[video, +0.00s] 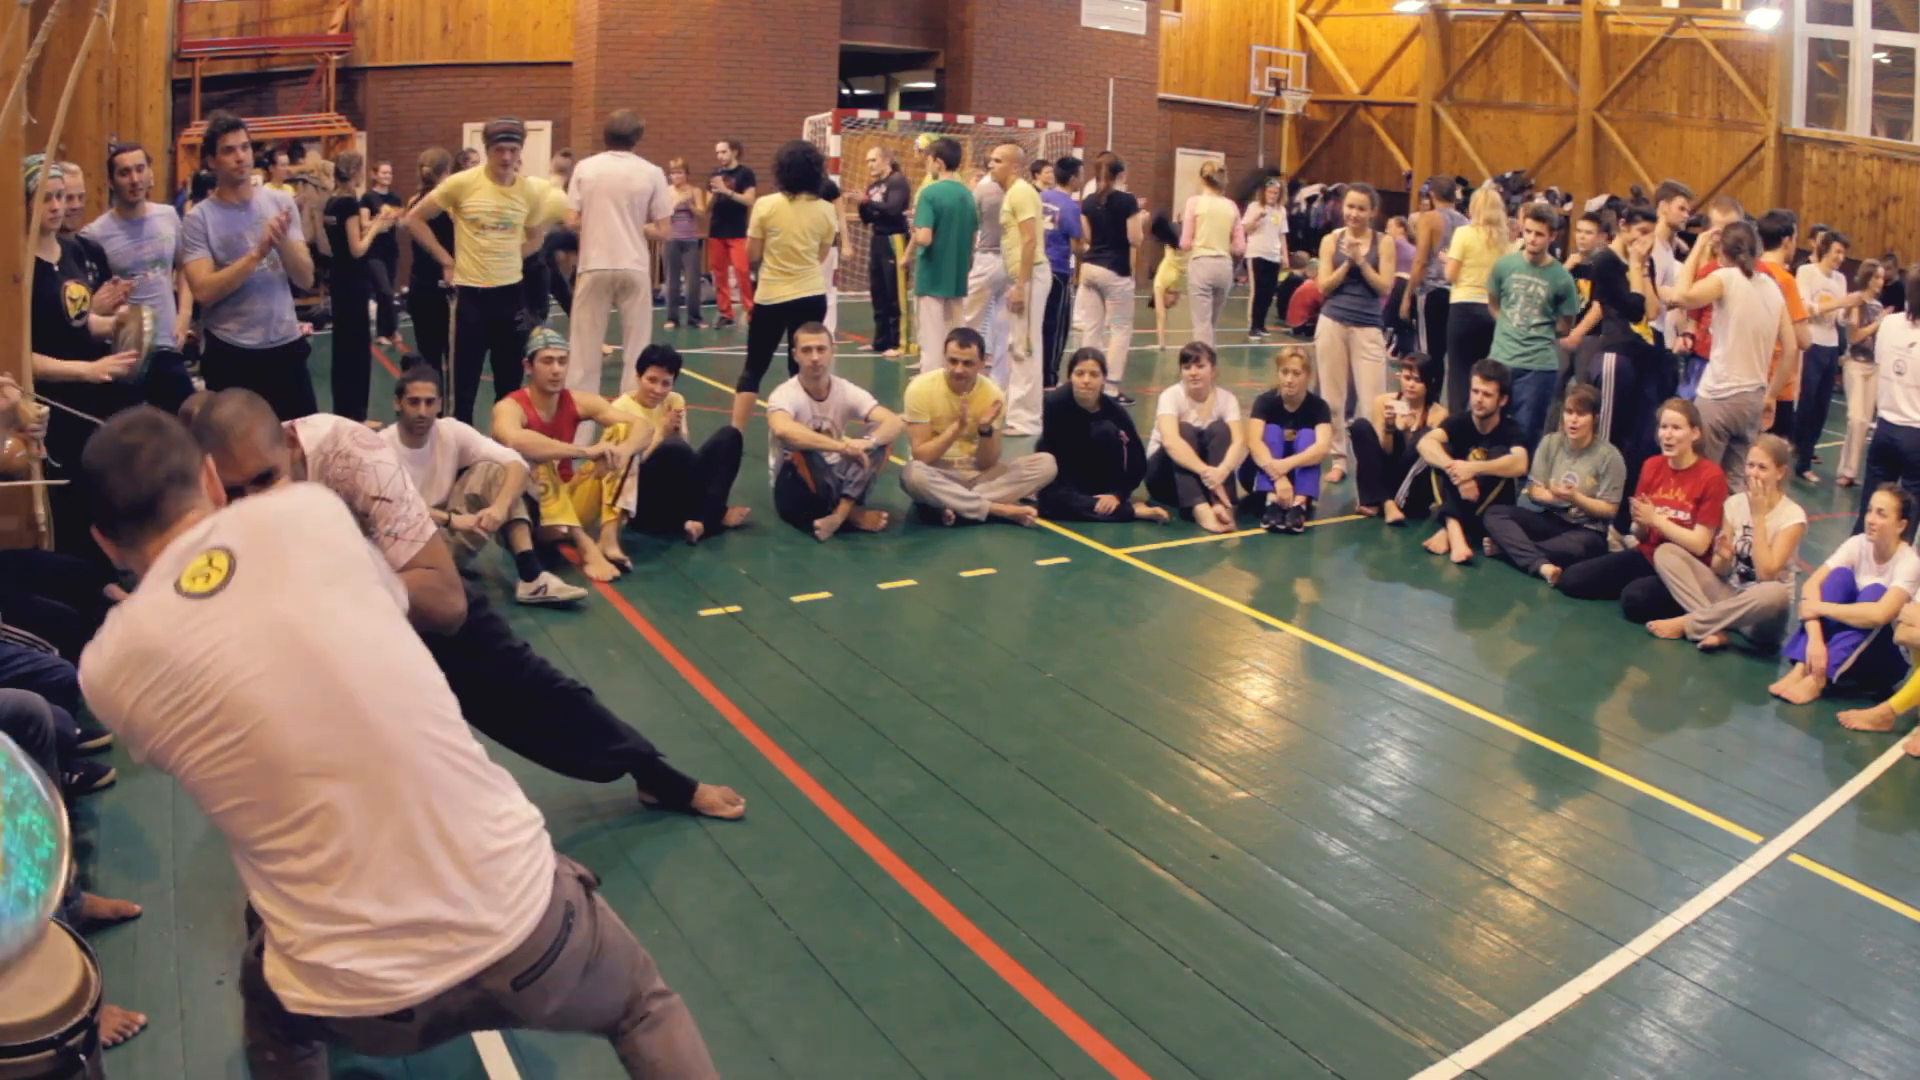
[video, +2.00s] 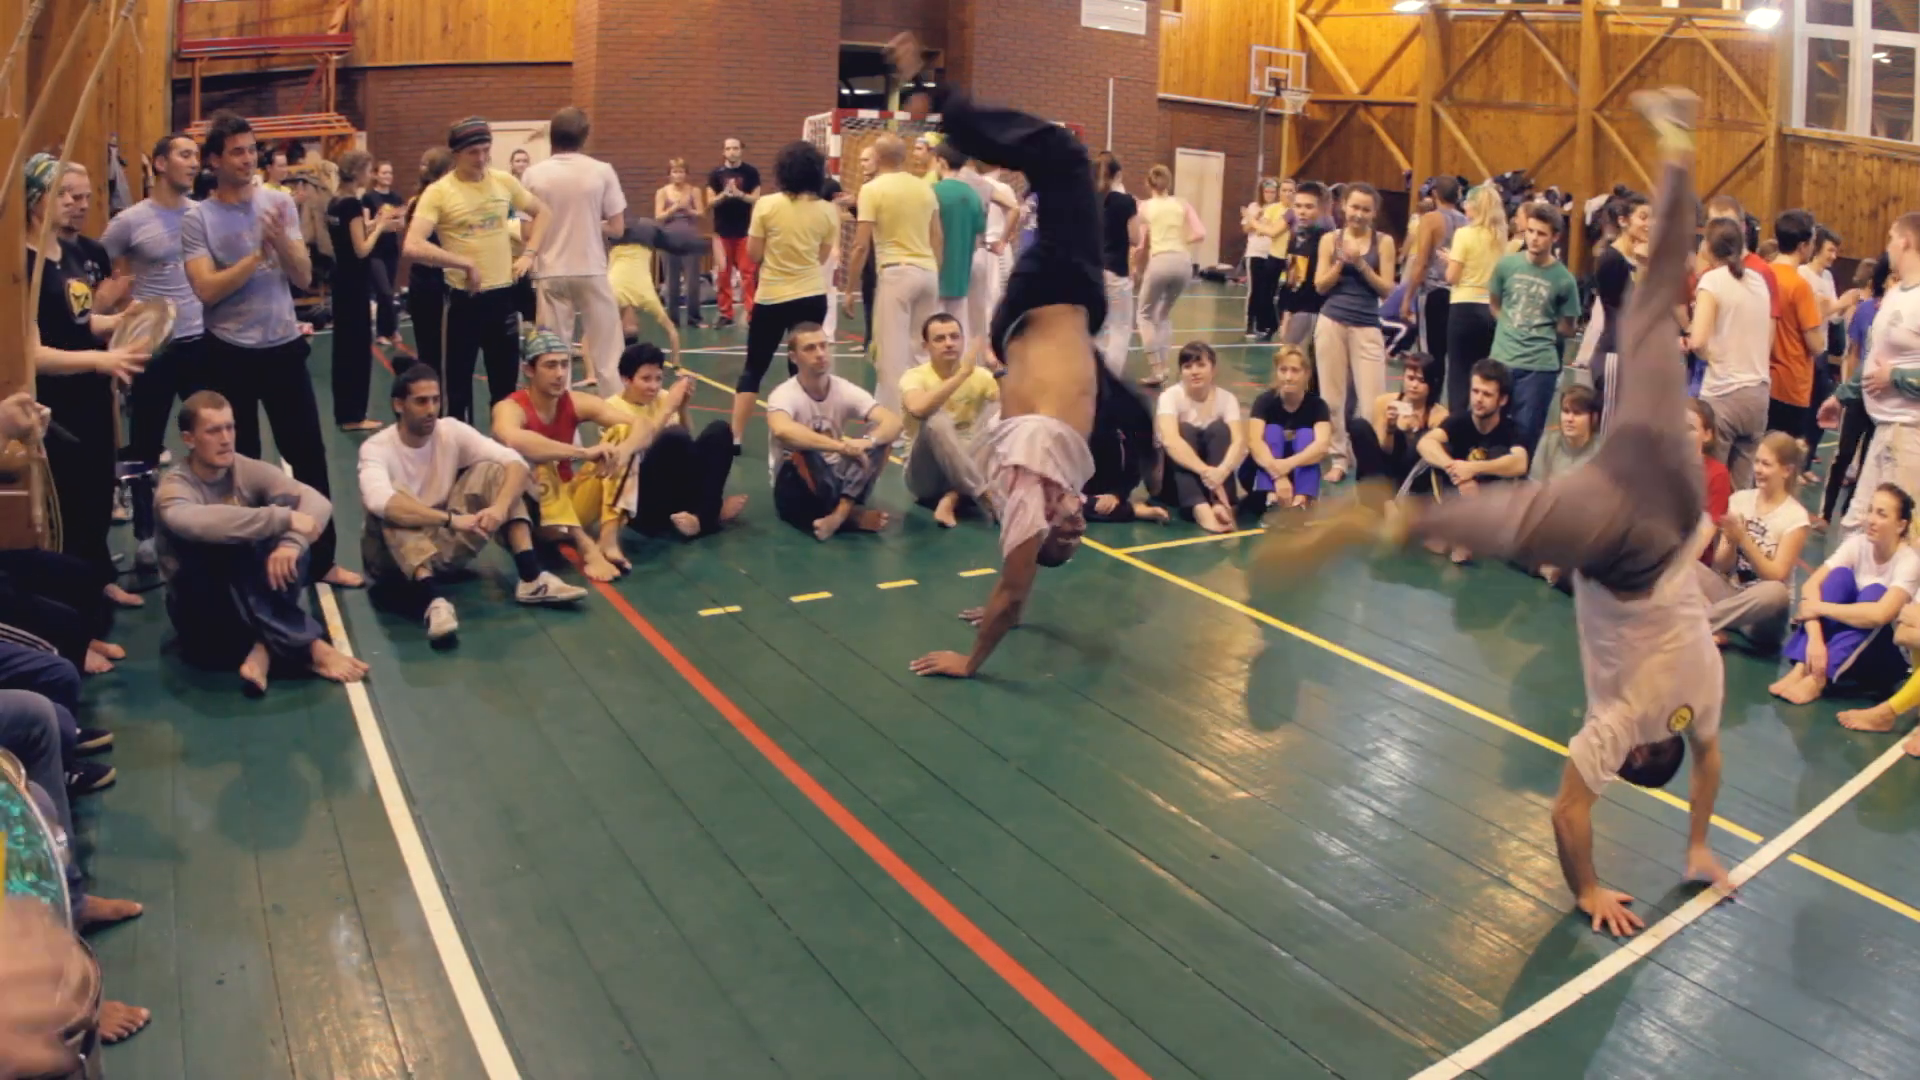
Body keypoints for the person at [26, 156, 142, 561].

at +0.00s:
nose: (57, 206)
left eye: (61, 196)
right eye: (46, 197)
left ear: (68, 199)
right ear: (23, 203)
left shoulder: (76, 252)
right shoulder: (15, 265)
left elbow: (83, 323)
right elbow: (14, 357)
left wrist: (118, 322)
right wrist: (86, 369)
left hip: (97, 401)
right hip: (53, 413)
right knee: (72, 522)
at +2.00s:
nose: (77, 204)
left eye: (82, 196)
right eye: (68, 195)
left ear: (85, 201)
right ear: (39, 200)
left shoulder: (75, 255)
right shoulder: (22, 262)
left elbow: (83, 322)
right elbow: (30, 354)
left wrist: (124, 321)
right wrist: (98, 359)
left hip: (89, 388)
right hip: (52, 395)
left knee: (96, 490)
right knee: (71, 496)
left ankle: (100, 576)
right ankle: (75, 592)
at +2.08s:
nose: (78, 204)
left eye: (82, 195)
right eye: (68, 195)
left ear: (84, 200)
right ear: (38, 200)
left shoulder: (81, 257)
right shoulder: (18, 262)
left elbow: (90, 330)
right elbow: (19, 354)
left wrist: (103, 317)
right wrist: (92, 357)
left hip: (91, 392)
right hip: (50, 398)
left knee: (97, 490)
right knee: (70, 495)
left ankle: (101, 576)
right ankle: (75, 591)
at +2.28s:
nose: (75, 204)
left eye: (79, 195)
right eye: (66, 195)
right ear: (38, 201)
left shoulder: (70, 256)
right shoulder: (20, 266)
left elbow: (77, 322)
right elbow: (27, 360)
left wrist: (114, 318)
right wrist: (95, 344)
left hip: (91, 391)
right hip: (53, 400)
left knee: (98, 492)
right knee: (71, 498)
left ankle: (102, 577)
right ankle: (78, 595)